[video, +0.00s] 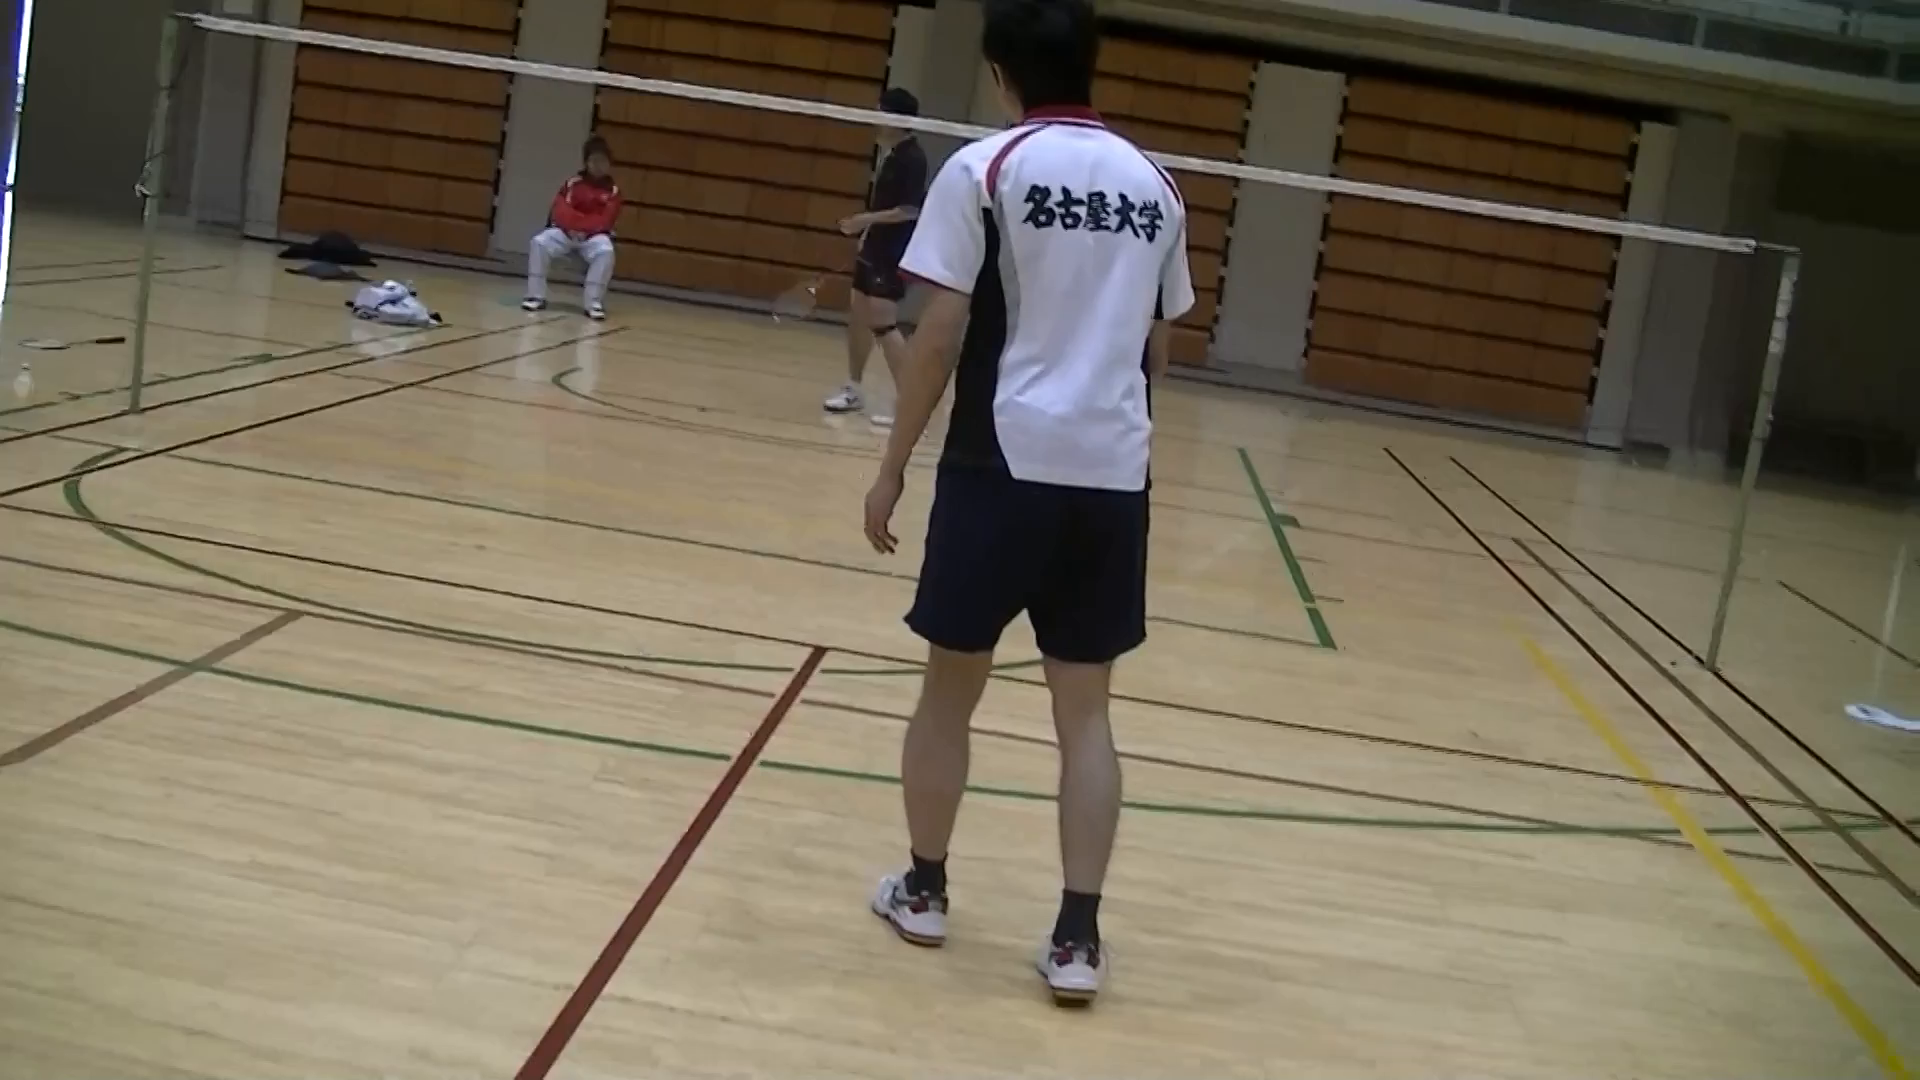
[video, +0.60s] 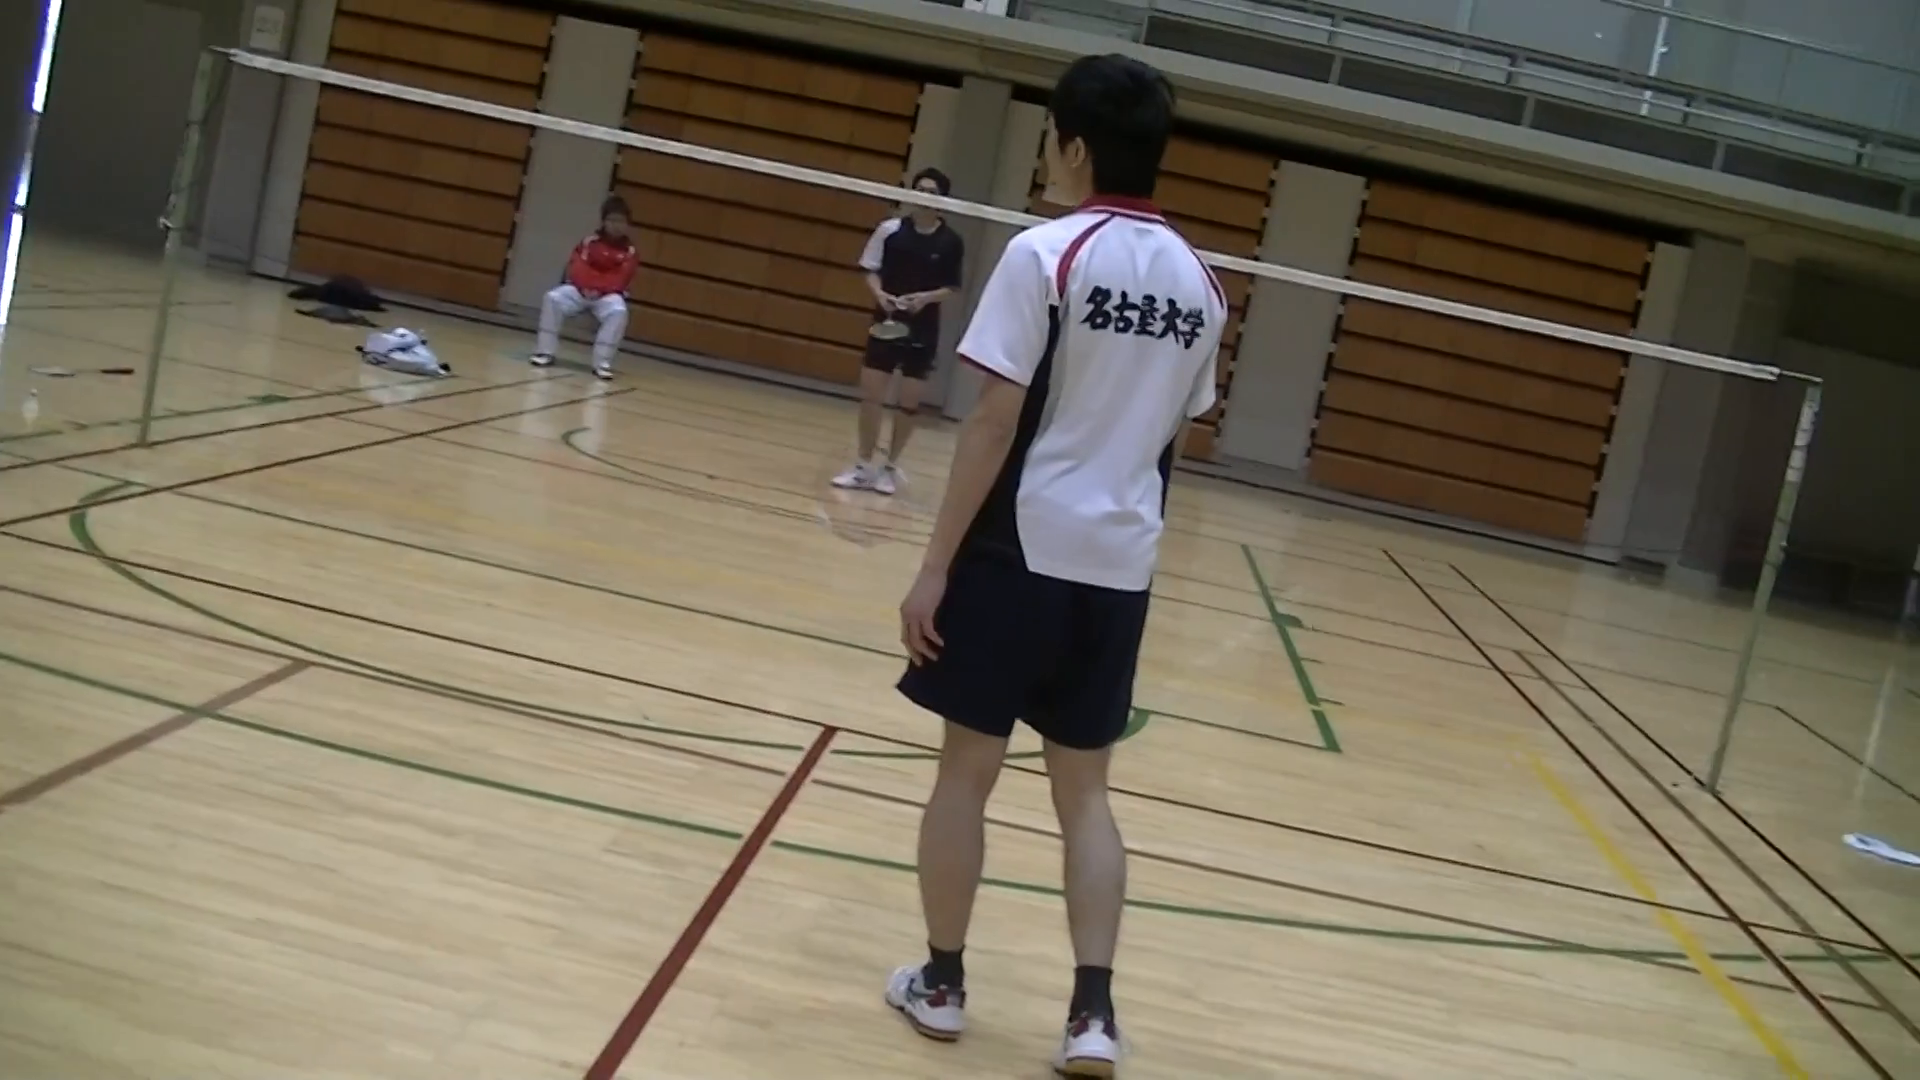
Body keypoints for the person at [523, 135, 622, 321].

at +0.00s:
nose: (598, 166)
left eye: (602, 161)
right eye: (593, 161)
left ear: (609, 163)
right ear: (586, 163)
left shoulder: (612, 191)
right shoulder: (572, 184)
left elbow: (605, 221)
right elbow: (559, 211)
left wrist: (583, 229)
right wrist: (573, 226)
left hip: (594, 234)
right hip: (566, 230)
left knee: (605, 253)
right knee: (539, 243)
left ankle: (594, 302)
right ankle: (536, 296)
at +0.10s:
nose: (616, 174)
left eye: (621, 169)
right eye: (612, 169)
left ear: (627, 171)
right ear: (605, 171)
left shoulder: (630, 199)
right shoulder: (591, 191)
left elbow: (623, 229)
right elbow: (577, 218)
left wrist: (602, 237)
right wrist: (591, 234)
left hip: (612, 242)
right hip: (583, 238)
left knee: (623, 261)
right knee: (557, 250)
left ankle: (611, 310)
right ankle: (553, 303)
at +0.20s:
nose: (641, 186)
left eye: (645, 181)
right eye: (636, 180)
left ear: (652, 183)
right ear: (628, 182)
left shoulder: (654, 212)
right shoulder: (614, 203)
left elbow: (647, 240)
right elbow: (600, 230)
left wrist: (625, 248)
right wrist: (614, 245)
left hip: (635, 254)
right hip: (606, 249)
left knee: (645, 273)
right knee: (580, 261)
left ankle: (633, 322)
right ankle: (575, 314)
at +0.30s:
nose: (653, 202)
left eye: (658, 197)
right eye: (649, 197)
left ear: (664, 200)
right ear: (641, 198)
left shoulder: (667, 228)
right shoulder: (626, 219)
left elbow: (658, 257)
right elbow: (613, 246)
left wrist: (635, 264)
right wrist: (625, 262)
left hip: (646, 271)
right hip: (617, 265)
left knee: (657, 289)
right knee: (591, 276)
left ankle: (643, 339)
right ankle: (586, 330)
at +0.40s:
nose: (653, 220)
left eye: (658, 215)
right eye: (649, 215)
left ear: (664, 218)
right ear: (640, 216)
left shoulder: (666, 246)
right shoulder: (626, 237)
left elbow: (658, 275)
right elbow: (613, 265)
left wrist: (636, 283)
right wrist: (626, 279)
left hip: (646, 289)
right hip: (617, 283)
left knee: (656, 308)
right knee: (590, 295)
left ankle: (642, 356)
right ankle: (585, 348)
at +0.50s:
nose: (642, 232)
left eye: (647, 228)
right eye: (637, 227)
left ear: (653, 230)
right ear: (629, 228)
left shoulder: (655, 258)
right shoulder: (615, 249)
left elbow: (645, 287)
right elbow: (601, 276)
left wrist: (623, 295)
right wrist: (617, 290)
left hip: (634, 301)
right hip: (605, 295)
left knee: (644, 319)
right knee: (579, 305)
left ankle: (630, 368)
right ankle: (573, 359)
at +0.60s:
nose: (616, 226)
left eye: (621, 221)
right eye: (611, 220)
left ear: (627, 224)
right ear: (603, 222)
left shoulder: (629, 252)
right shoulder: (589, 242)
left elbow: (620, 281)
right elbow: (576, 270)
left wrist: (598, 288)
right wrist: (588, 286)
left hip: (608, 294)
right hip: (579, 288)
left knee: (618, 313)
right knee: (552, 299)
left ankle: (602, 362)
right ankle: (545, 352)